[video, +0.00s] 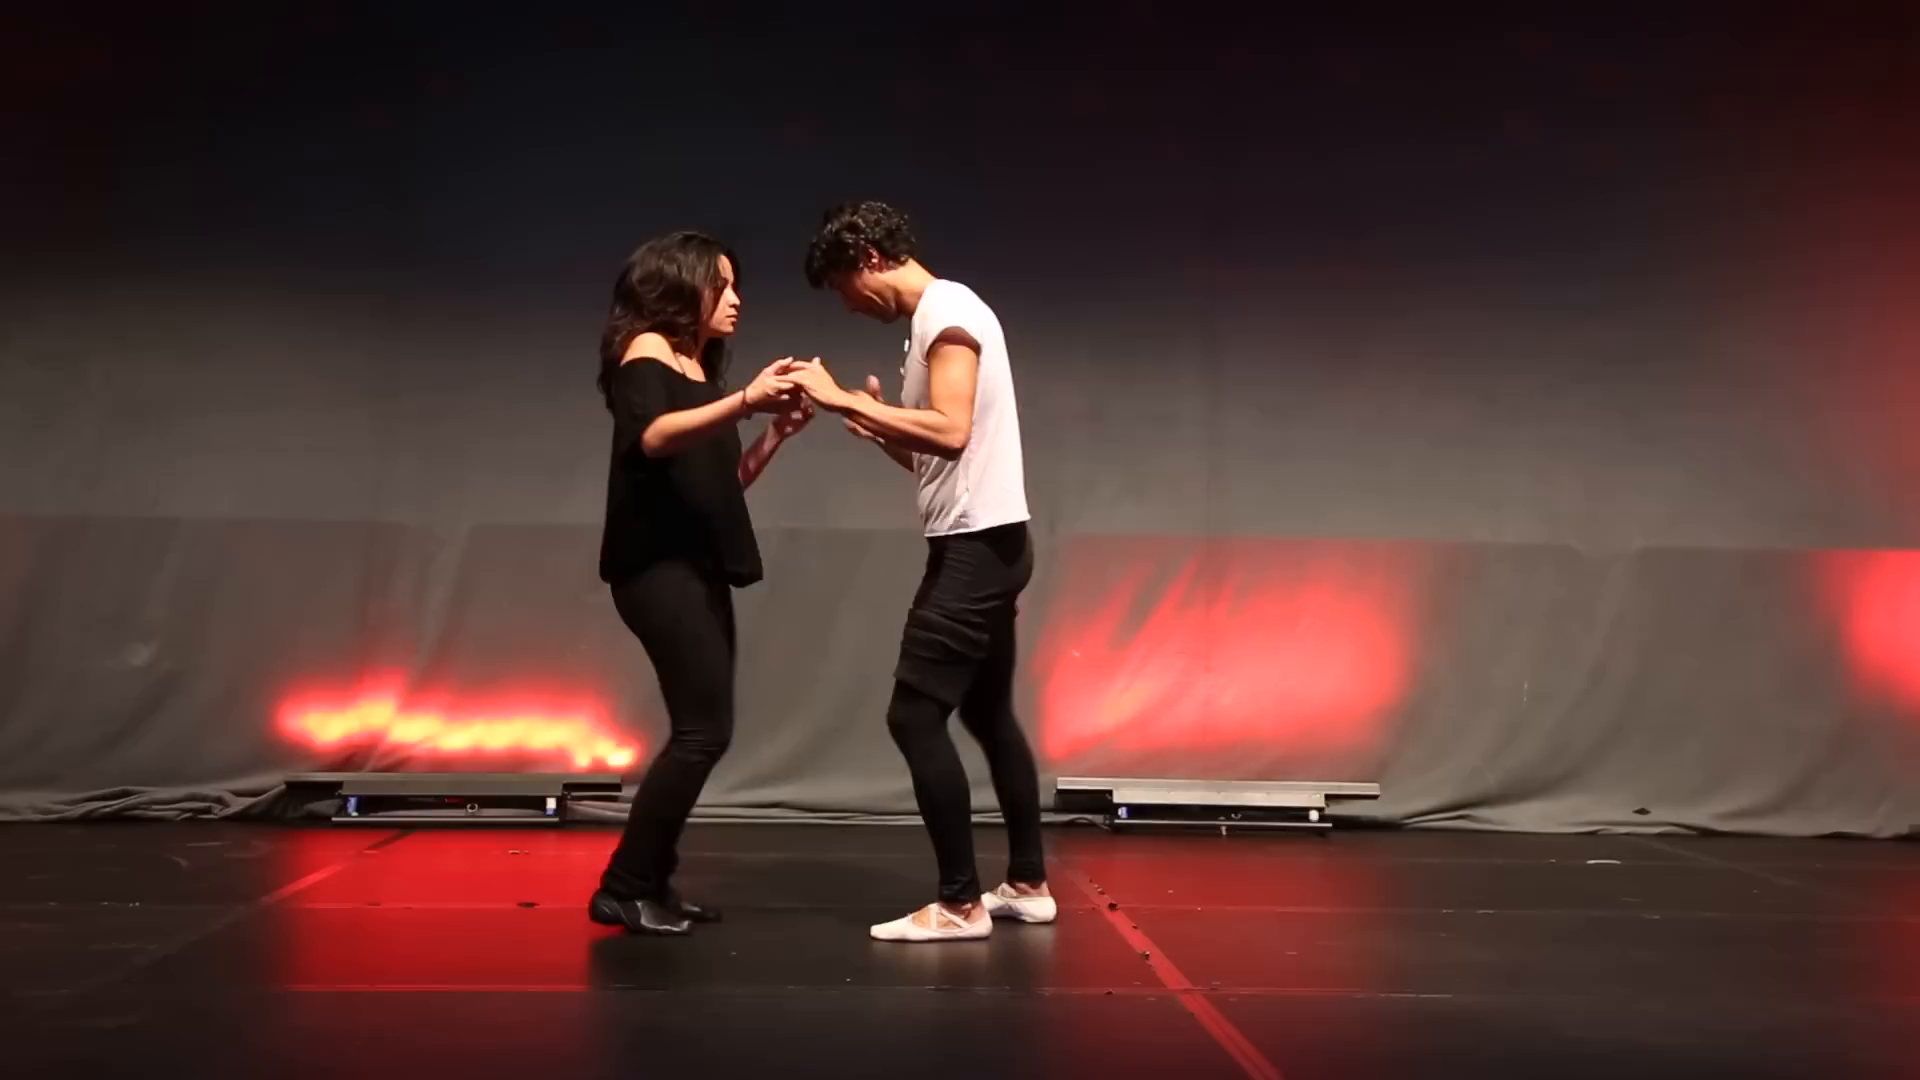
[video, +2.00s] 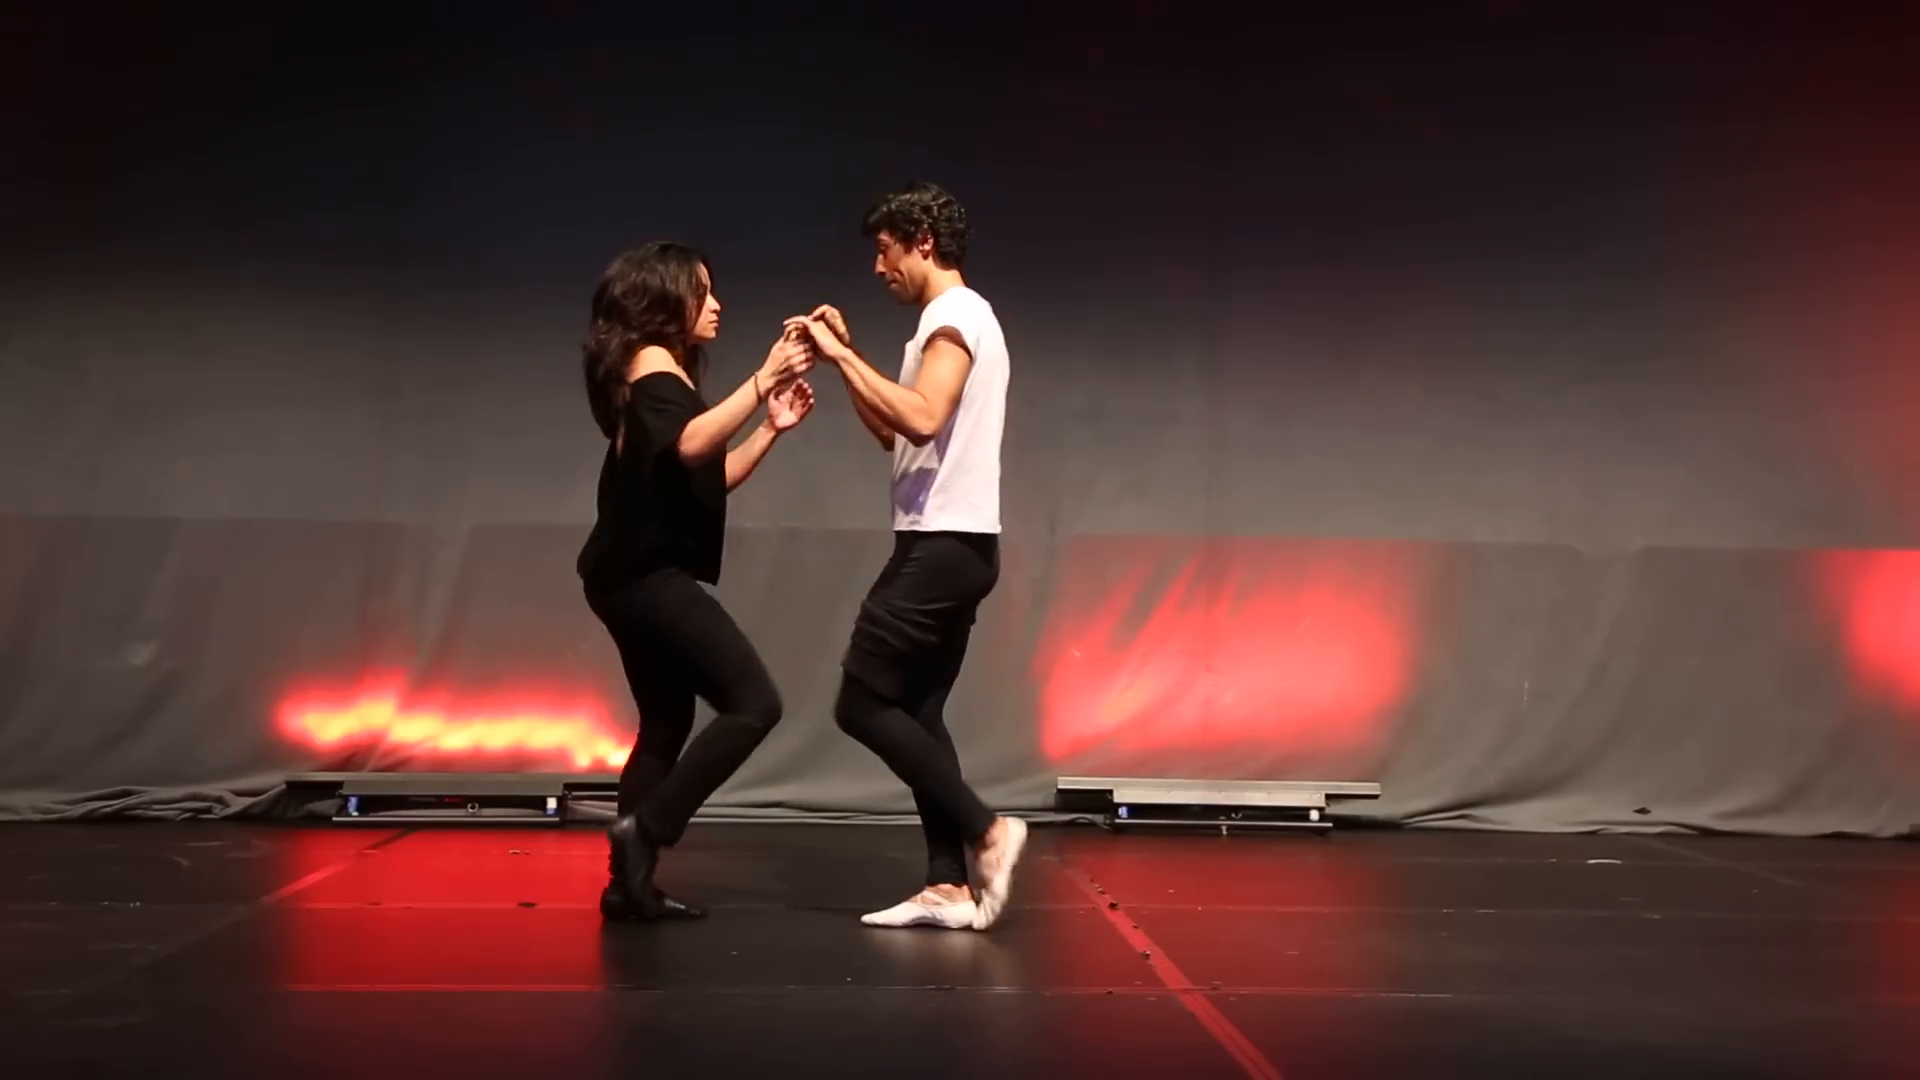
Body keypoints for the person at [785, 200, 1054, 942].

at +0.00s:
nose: (853, 309)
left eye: (846, 292)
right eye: (845, 296)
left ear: (870, 262)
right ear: (881, 262)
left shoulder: (947, 309)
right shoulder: (939, 319)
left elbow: (951, 428)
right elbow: (930, 457)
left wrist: (850, 398)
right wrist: (868, 417)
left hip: (975, 543)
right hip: (984, 539)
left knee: (915, 717)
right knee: (990, 713)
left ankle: (960, 904)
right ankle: (1028, 883)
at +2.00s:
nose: (876, 268)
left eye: (884, 251)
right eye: (876, 252)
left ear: (922, 244)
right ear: (927, 248)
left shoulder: (954, 313)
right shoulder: (947, 321)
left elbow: (924, 417)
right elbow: (896, 435)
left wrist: (846, 351)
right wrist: (844, 362)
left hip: (941, 544)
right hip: (949, 543)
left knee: (862, 705)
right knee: (918, 714)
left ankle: (989, 832)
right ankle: (949, 886)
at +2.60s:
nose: (856, 256)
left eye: (863, 241)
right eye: (854, 243)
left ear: (899, 241)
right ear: (889, 248)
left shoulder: (936, 307)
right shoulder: (899, 320)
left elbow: (838, 301)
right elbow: (851, 333)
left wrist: (824, 232)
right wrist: (818, 258)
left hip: (930, 539)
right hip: (891, 539)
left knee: (924, 716)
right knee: (855, 713)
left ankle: (1034, 864)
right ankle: (904, 885)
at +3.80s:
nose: (918, 228)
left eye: (923, 213)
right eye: (921, 214)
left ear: (947, 218)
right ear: (987, 226)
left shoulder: (956, 293)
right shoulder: (1003, 311)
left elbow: (822, 330)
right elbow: (915, 428)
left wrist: (820, 252)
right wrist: (861, 338)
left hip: (948, 539)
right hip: (1005, 538)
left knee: (908, 724)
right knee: (984, 728)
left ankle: (955, 912)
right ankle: (1041, 902)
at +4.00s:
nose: (903, 216)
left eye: (908, 204)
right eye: (906, 202)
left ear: (921, 215)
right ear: (985, 225)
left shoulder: (894, 287)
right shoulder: (1015, 310)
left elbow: (772, 300)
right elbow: (943, 310)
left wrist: (821, 219)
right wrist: (884, 255)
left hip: (924, 535)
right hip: (1003, 538)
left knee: (878, 719)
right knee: (997, 729)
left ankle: (892, 911)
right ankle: (1058, 909)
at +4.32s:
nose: (939, 241)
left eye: (938, 226)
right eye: (932, 225)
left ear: (854, 226)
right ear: (898, 226)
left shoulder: (791, 306)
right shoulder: (934, 289)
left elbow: (790, 322)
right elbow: (1060, 243)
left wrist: (836, 264)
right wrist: (983, 178)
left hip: (821, 531)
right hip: (897, 522)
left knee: (860, 734)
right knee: (966, 724)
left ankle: (823, 922)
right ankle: (1059, 889)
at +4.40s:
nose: (937, 241)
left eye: (937, 227)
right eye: (929, 228)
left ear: (865, 230)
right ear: (889, 231)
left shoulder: (796, 309)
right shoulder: (915, 285)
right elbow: (1035, 204)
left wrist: (943, 315)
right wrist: (971, 151)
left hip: (812, 532)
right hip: (882, 524)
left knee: (854, 734)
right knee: (922, 705)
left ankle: (822, 922)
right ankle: (955, 873)